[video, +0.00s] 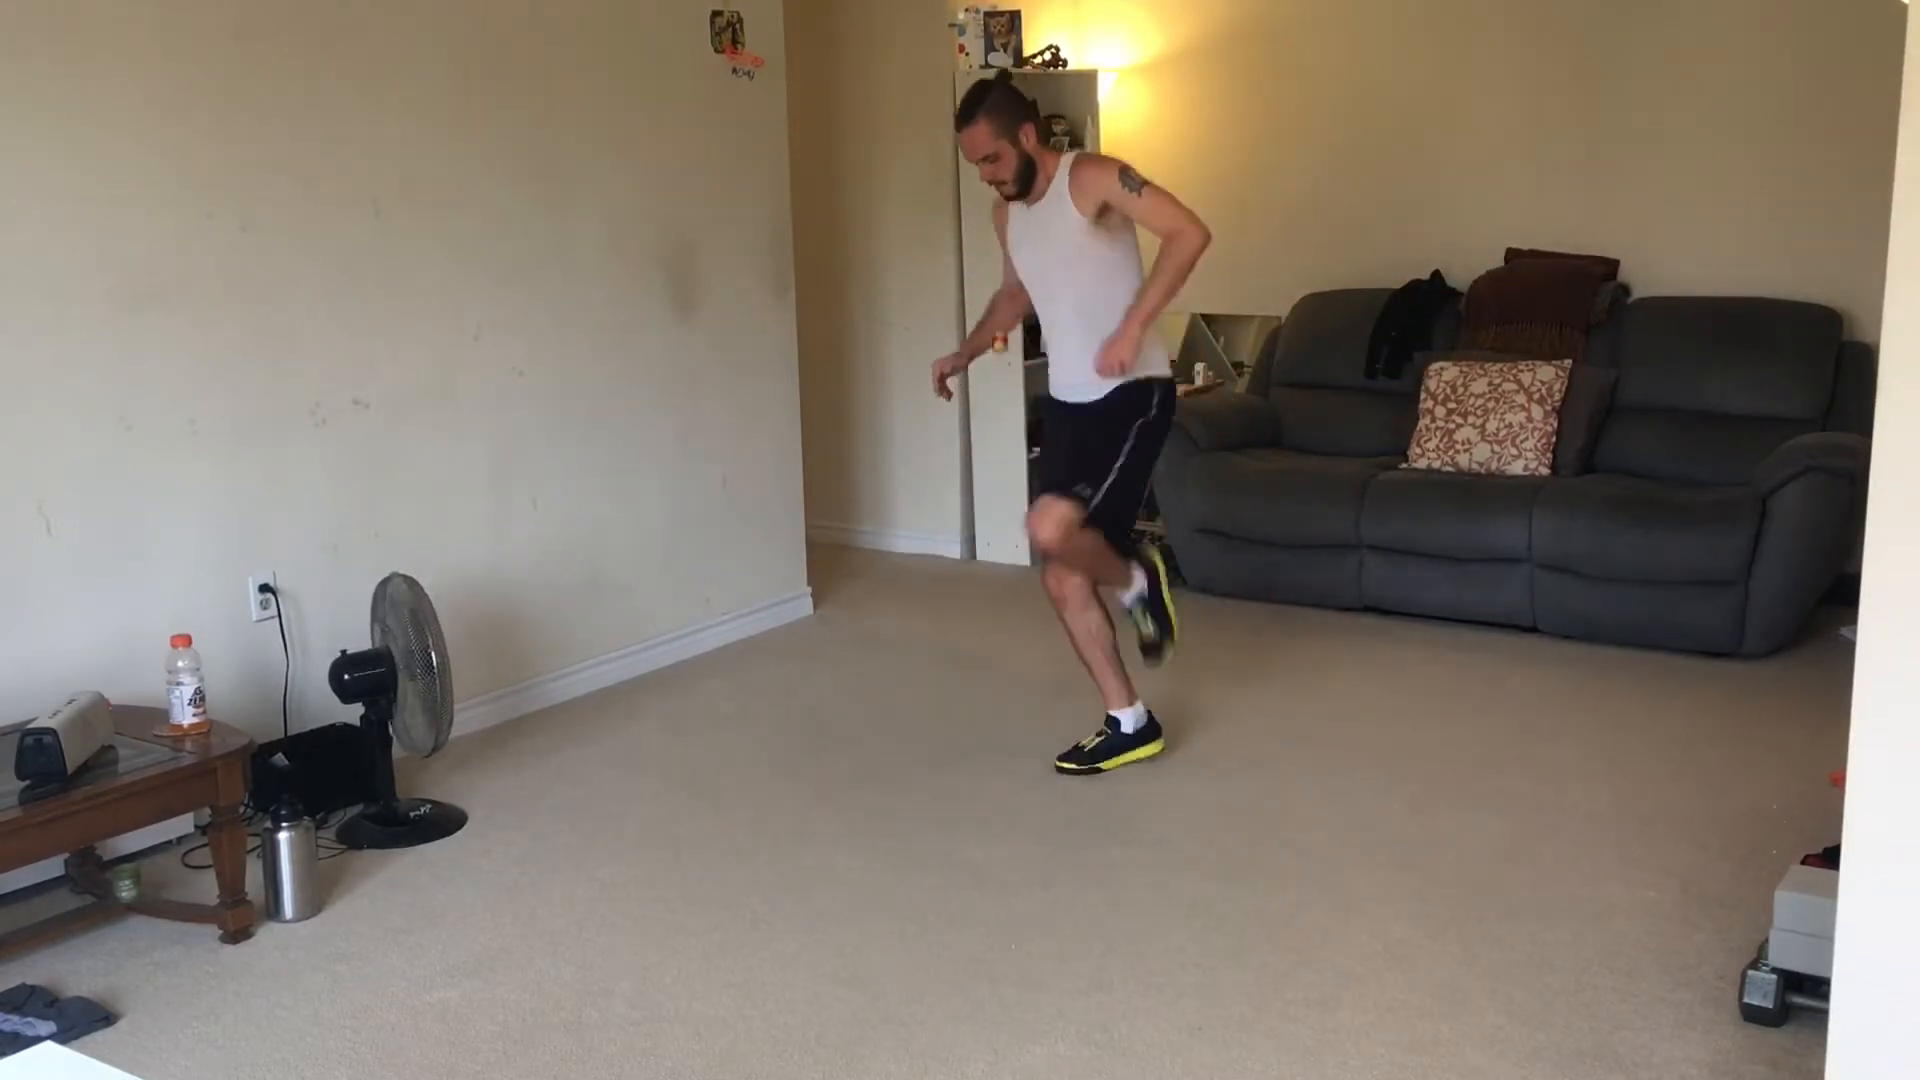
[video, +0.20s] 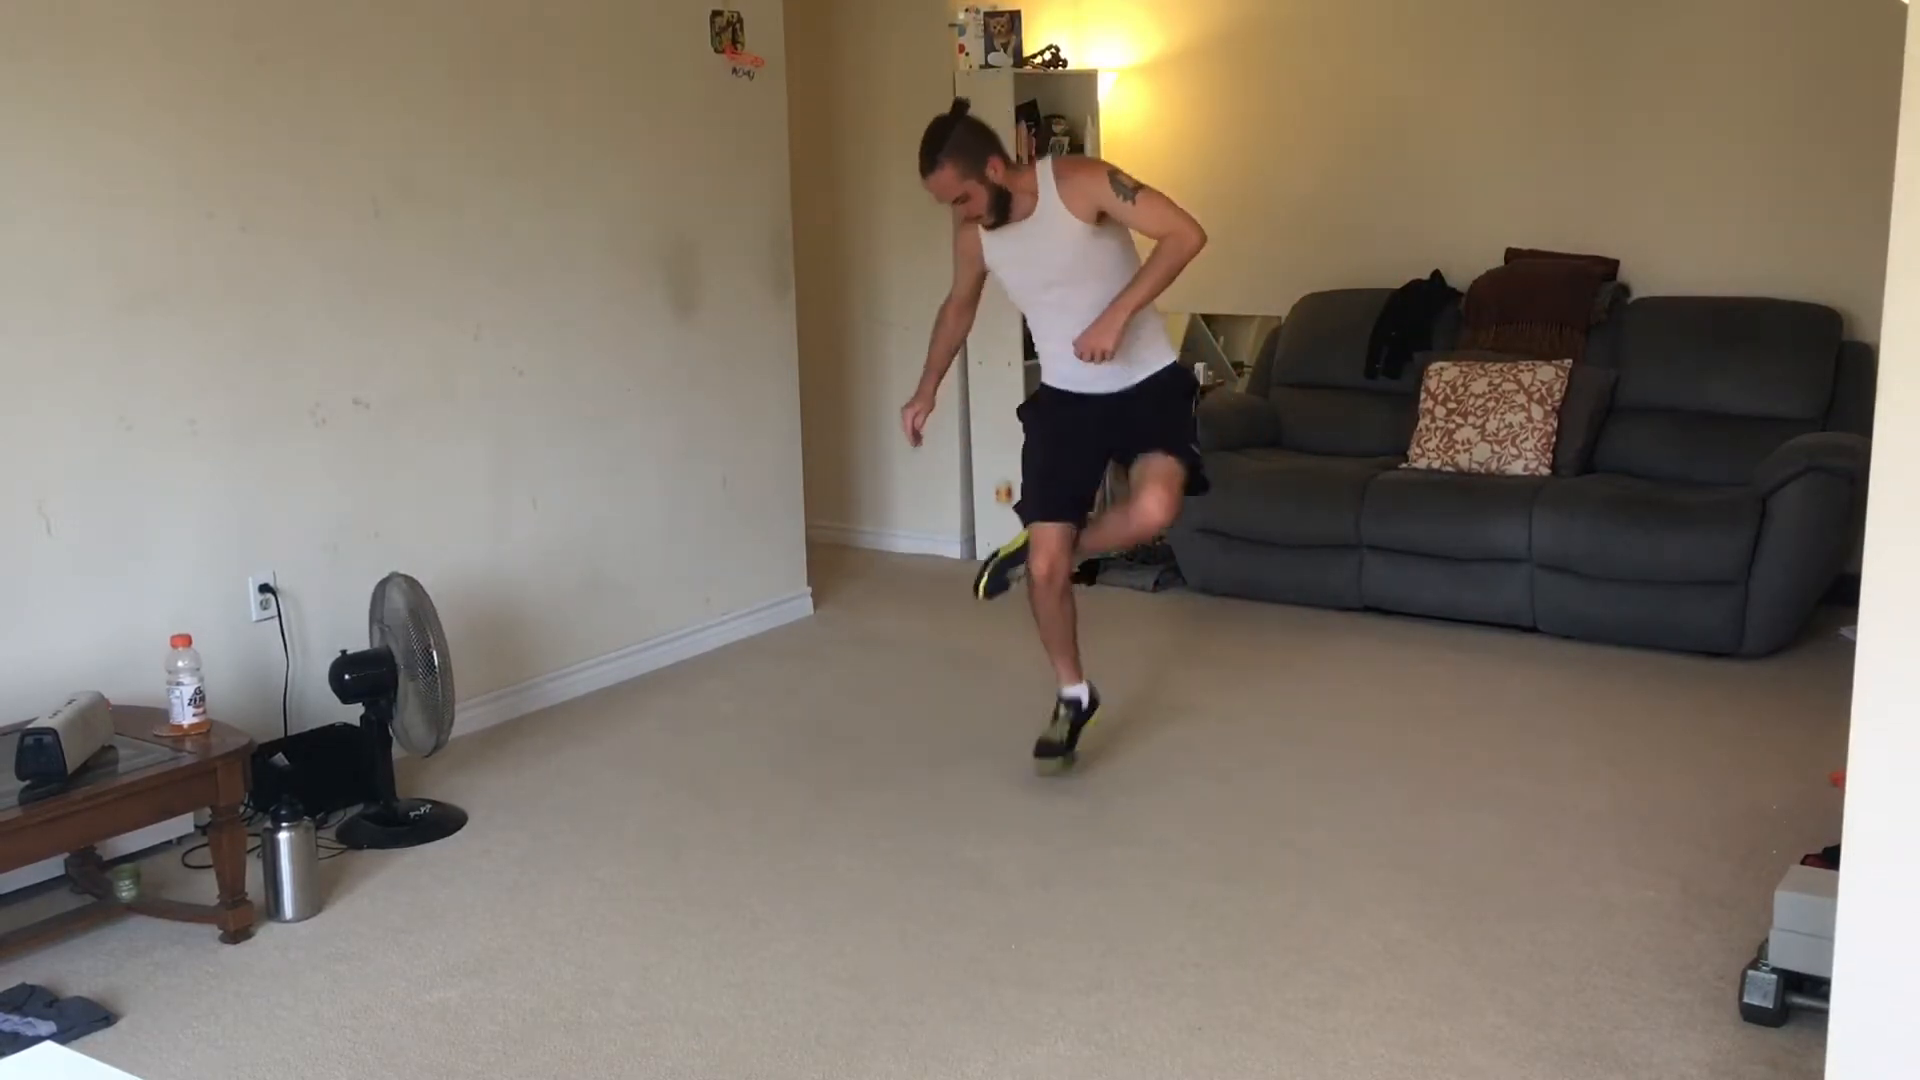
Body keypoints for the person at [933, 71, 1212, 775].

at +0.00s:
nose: (985, 175)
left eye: (991, 158)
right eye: (975, 163)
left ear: (1028, 133)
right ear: (974, 154)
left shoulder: (1093, 178)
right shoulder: (1008, 211)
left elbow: (1188, 233)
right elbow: (1019, 291)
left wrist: (1133, 327)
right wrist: (968, 351)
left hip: (1133, 390)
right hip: (1067, 399)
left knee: (1051, 526)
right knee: (1059, 568)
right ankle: (1129, 720)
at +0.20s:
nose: (960, 213)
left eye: (963, 198)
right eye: (948, 204)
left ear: (996, 166)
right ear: (949, 192)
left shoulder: (1082, 183)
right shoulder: (975, 232)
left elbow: (1187, 235)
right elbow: (959, 307)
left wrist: (1117, 315)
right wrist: (926, 389)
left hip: (1152, 385)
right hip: (1066, 400)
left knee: (1154, 512)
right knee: (1046, 564)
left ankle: (1045, 547)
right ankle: (1073, 695)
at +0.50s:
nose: (976, 266)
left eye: (983, 252)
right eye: (966, 256)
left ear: (1020, 221)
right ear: (959, 240)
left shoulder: (1097, 226)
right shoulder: (976, 288)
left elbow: (1204, 246)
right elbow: (918, 368)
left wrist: (1193, 308)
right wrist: (882, 451)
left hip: (1111, 444)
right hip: (1038, 453)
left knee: (1131, 609)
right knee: (1080, 609)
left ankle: (998, 694)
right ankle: (1083, 739)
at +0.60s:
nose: (982, 229)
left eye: (990, 214)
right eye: (972, 218)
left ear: (1027, 185)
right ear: (965, 202)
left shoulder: (1100, 208)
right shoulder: (975, 262)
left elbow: (1211, 227)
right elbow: (920, 343)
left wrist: (1188, 275)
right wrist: (889, 429)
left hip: (1095, 433)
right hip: (1027, 439)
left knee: (1112, 606)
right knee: (1076, 607)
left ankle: (968, 683)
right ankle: (1082, 737)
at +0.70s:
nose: (978, 186)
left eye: (988, 170)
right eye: (968, 173)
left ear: (1027, 148)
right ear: (961, 162)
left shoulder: (1089, 183)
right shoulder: (963, 225)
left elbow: (1205, 184)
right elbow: (915, 311)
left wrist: (1191, 210)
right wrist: (889, 394)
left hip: (1075, 420)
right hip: (1009, 424)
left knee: (1124, 574)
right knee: (1058, 587)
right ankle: (1075, 735)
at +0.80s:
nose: (958, 162)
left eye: (968, 146)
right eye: (948, 150)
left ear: (1007, 123)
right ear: (944, 140)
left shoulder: (1074, 162)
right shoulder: (946, 204)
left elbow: (1182, 156)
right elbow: (896, 282)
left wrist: (1258, 146)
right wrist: (861, 364)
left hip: (1076, 394)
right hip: (998, 405)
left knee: (1110, 559)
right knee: (1027, 571)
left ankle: (1022, 524)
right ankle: (1021, 721)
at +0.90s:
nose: (929, 191)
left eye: (932, 174)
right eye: (916, 182)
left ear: (966, 143)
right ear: (911, 173)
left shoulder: (1050, 171)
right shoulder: (928, 234)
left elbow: (1164, 170)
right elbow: (859, 310)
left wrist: (1262, 181)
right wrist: (811, 365)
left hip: (1080, 402)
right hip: (993, 412)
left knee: (1091, 583)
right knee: (969, 580)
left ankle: (1034, 550)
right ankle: (951, 700)